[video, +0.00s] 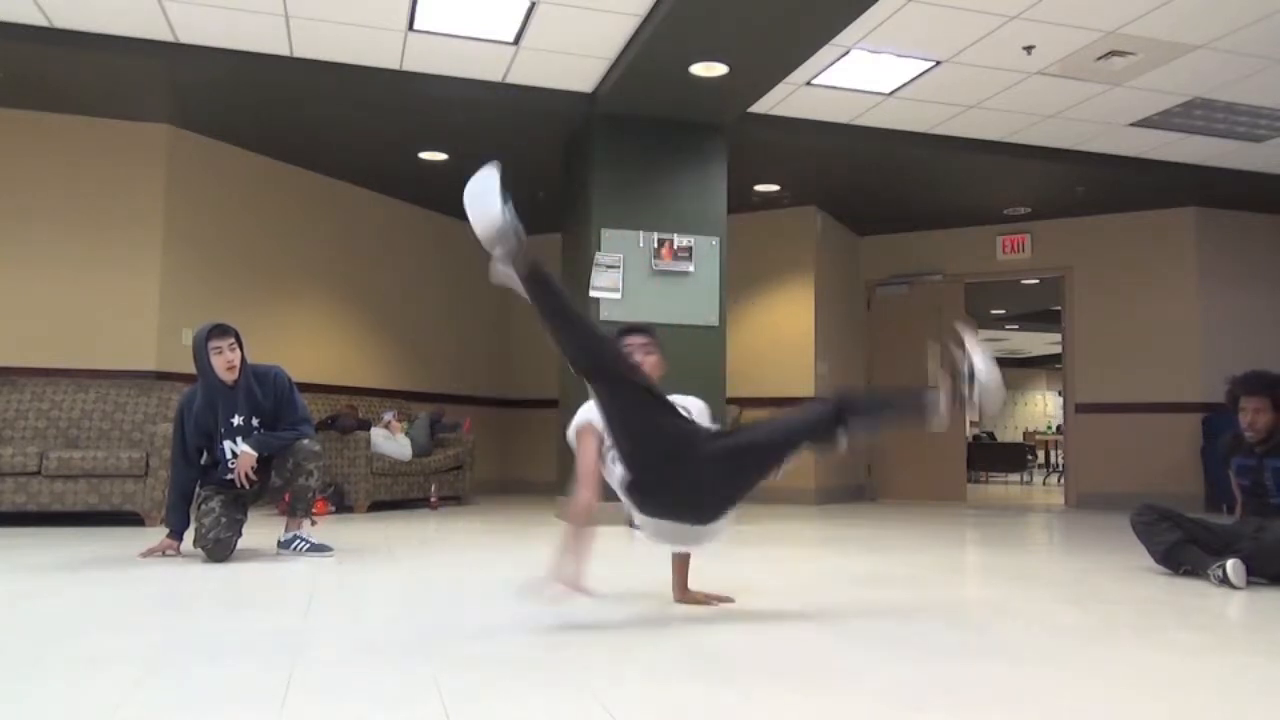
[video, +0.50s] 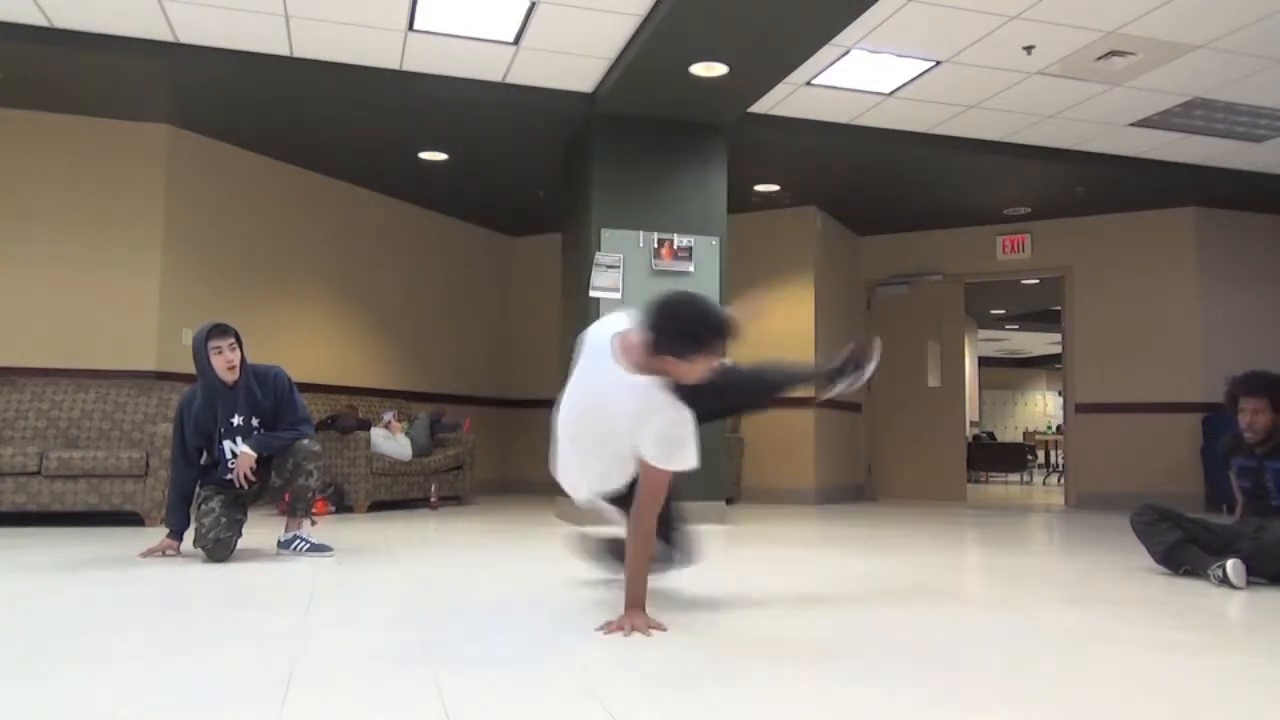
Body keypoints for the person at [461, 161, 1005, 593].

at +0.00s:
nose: (644, 358)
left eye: (649, 352)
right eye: (632, 353)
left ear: (663, 361)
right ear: (613, 364)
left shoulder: (694, 410)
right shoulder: (598, 411)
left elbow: (687, 494)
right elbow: (585, 498)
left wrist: (681, 586)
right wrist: (569, 571)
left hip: (712, 494)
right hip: (655, 487)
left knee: (825, 413)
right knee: (602, 357)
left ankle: (950, 399)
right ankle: (519, 261)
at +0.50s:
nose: (717, 367)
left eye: (719, 357)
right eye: (710, 360)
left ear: (657, 327)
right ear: (674, 360)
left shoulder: (612, 326)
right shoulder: (664, 417)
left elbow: (664, 328)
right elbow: (643, 517)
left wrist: (716, 322)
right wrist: (634, 608)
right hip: (606, 478)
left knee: (724, 382)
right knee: (673, 549)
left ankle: (825, 376)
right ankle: (599, 551)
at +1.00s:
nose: (710, 354)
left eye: (719, 347)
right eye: (704, 341)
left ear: (724, 354)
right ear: (684, 337)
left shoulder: (700, 412)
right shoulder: (659, 353)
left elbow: (674, 489)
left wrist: (668, 555)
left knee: (718, 590)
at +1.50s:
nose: (649, 371)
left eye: (651, 360)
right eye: (646, 359)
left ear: (610, 347)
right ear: (618, 351)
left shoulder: (574, 370)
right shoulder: (588, 403)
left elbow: (597, 474)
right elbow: (578, 517)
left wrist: (651, 507)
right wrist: (590, 622)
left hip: (619, 482)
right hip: (614, 529)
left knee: (726, 420)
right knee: (687, 591)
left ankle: (754, 512)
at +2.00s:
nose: (669, 444)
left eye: (679, 444)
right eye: (677, 439)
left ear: (680, 400)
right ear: (679, 405)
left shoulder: (655, 382)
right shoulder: (631, 382)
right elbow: (596, 505)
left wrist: (562, 456)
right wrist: (588, 614)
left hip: (550, 387)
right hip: (502, 364)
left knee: (636, 465)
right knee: (517, 460)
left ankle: (585, 570)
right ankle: (398, 568)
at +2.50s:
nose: (671, 285)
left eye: (681, 282)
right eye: (676, 273)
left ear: (657, 244)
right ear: (658, 242)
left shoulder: (611, 250)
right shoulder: (614, 251)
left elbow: (560, 351)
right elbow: (582, 367)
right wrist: (605, 471)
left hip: (519, 337)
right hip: (479, 324)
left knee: (567, 449)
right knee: (521, 461)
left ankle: (574, 573)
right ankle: (470, 617)